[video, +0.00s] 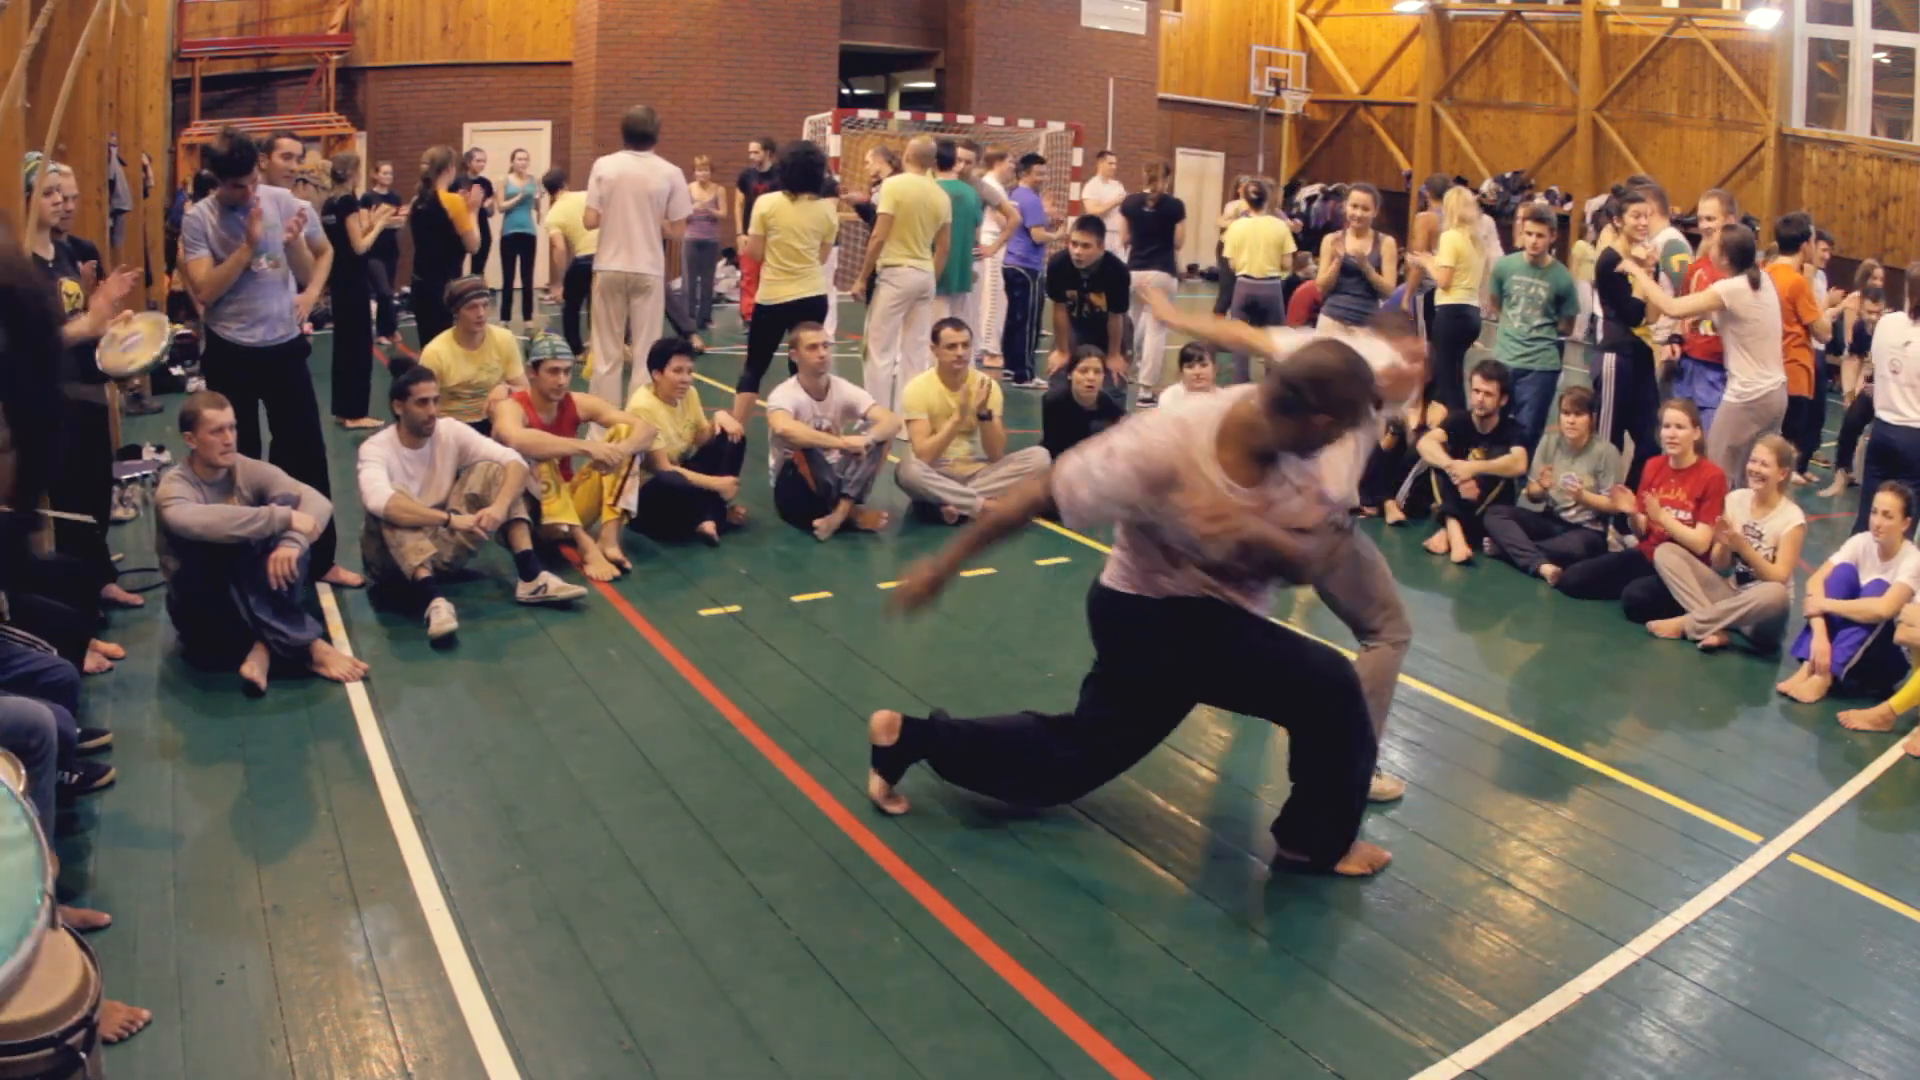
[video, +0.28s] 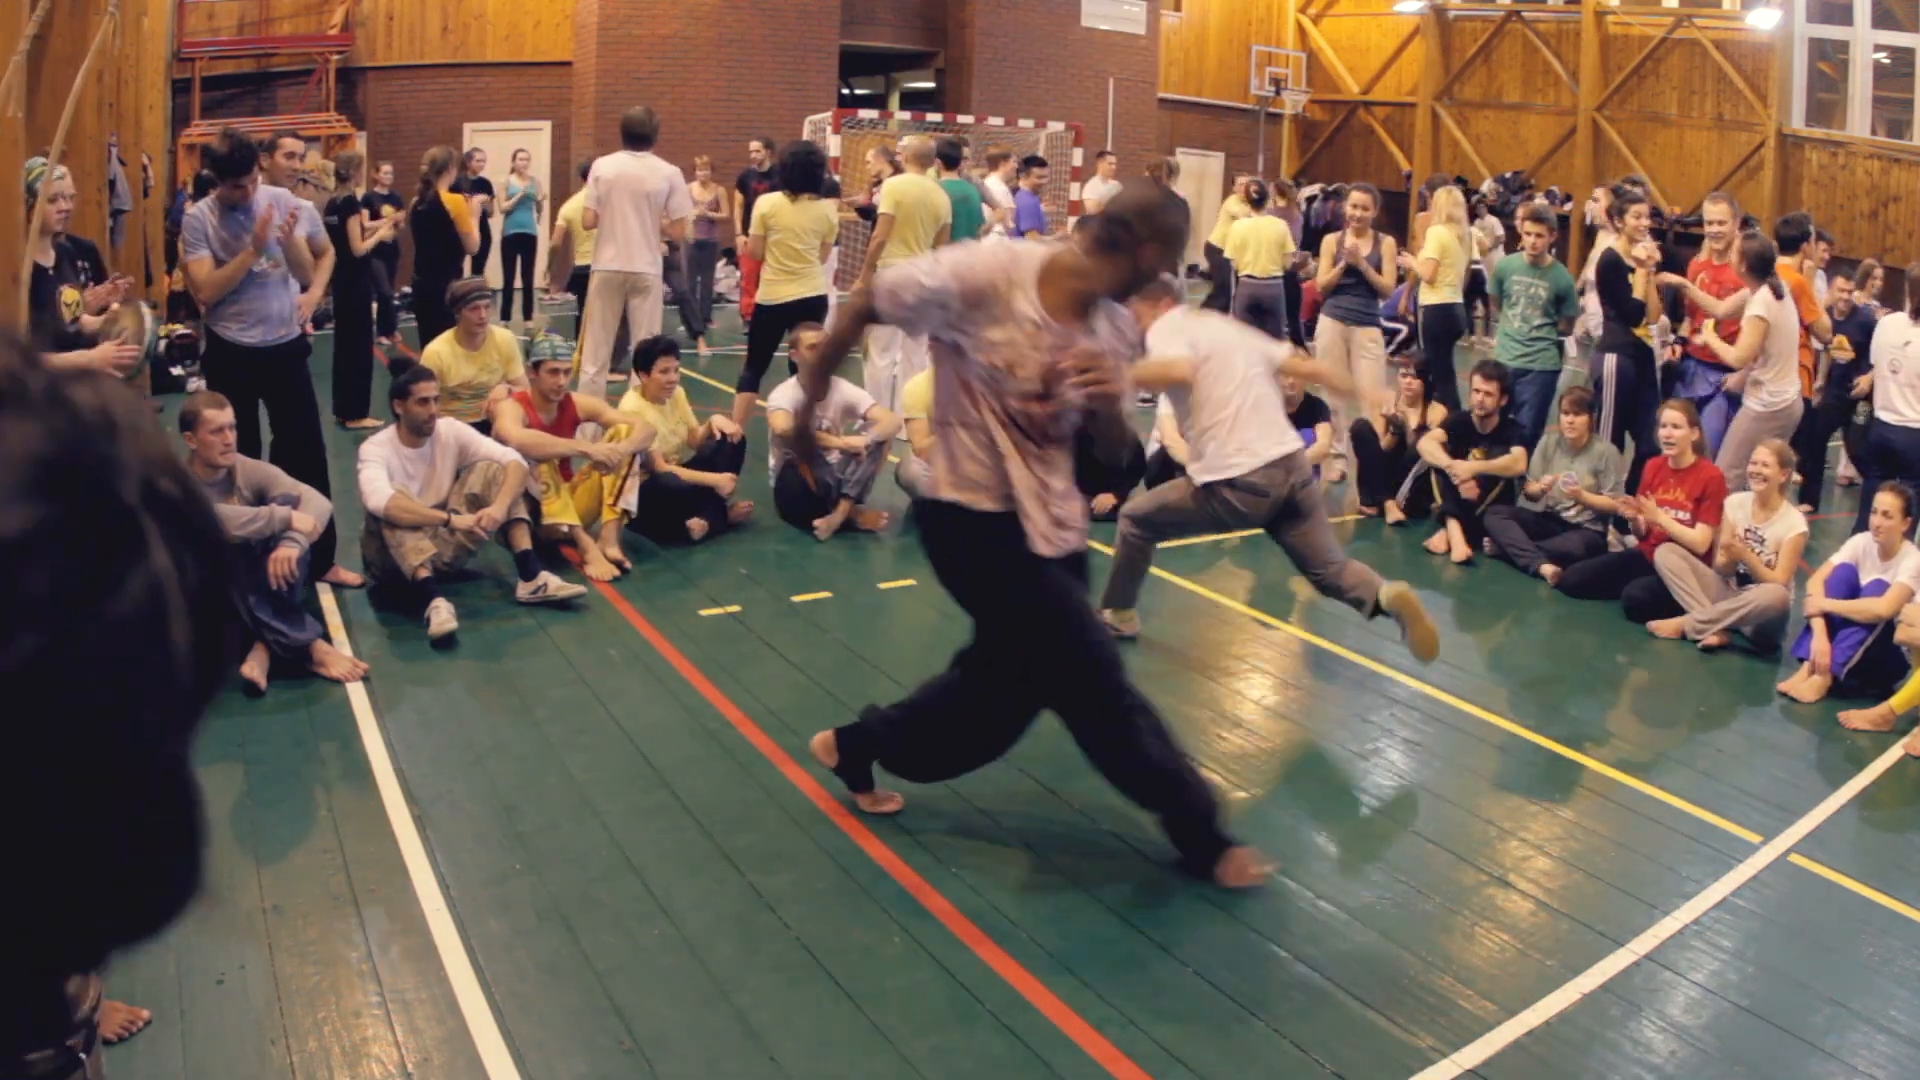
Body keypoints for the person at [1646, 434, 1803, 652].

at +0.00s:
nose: (1754, 469)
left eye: (1764, 464)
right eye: (1752, 461)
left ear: (1782, 474)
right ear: (1746, 463)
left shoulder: (1792, 517)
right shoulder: (1735, 499)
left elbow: (1779, 576)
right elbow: (1720, 566)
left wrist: (1741, 546)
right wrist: (1723, 542)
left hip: (1760, 606)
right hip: (1726, 592)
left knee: (1775, 593)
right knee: (1666, 552)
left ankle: (1685, 624)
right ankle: (1712, 629)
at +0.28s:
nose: (1755, 470)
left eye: (1765, 465)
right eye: (1752, 463)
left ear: (1784, 475)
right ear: (1747, 466)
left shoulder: (1794, 522)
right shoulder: (1734, 502)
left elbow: (1779, 581)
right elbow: (1720, 567)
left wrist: (1744, 555)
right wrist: (1731, 557)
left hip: (1760, 605)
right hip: (1726, 593)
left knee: (1776, 595)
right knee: (1666, 552)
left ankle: (1685, 624)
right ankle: (1712, 629)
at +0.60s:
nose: (1754, 469)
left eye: (1764, 465)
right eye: (1753, 462)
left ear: (1783, 476)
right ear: (1747, 464)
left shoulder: (1793, 521)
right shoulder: (1733, 501)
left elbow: (1774, 579)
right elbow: (1719, 566)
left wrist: (1741, 553)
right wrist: (1731, 554)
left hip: (1759, 603)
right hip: (1724, 591)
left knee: (1775, 595)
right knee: (1666, 552)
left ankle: (1685, 624)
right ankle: (1712, 629)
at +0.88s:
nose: (1754, 471)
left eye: (1764, 467)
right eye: (1752, 463)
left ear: (1783, 477)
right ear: (1748, 464)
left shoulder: (1791, 521)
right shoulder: (1733, 501)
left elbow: (1774, 579)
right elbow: (1719, 567)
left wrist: (1738, 550)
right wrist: (1728, 551)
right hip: (1727, 594)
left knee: (1775, 594)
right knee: (1666, 552)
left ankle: (1685, 625)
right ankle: (1712, 629)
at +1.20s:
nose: (1753, 472)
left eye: (1763, 467)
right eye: (1751, 464)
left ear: (1783, 475)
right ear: (1745, 466)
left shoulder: (1793, 520)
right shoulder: (1734, 501)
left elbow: (1775, 578)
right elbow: (1720, 566)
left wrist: (1739, 549)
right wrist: (1732, 552)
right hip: (1727, 596)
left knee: (1775, 594)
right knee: (1666, 552)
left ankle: (1685, 624)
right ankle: (1712, 629)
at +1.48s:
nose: (1754, 472)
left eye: (1763, 466)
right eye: (1751, 464)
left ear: (1783, 475)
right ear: (1745, 465)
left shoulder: (1794, 520)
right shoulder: (1735, 501)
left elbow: (1777, 579)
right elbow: (1719, 567)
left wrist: (1744, 552)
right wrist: (1728, 550)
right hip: (1726, 594)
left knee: (1775, 594)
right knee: (1665, 552)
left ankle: (1684, 625)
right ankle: (1712, 629)